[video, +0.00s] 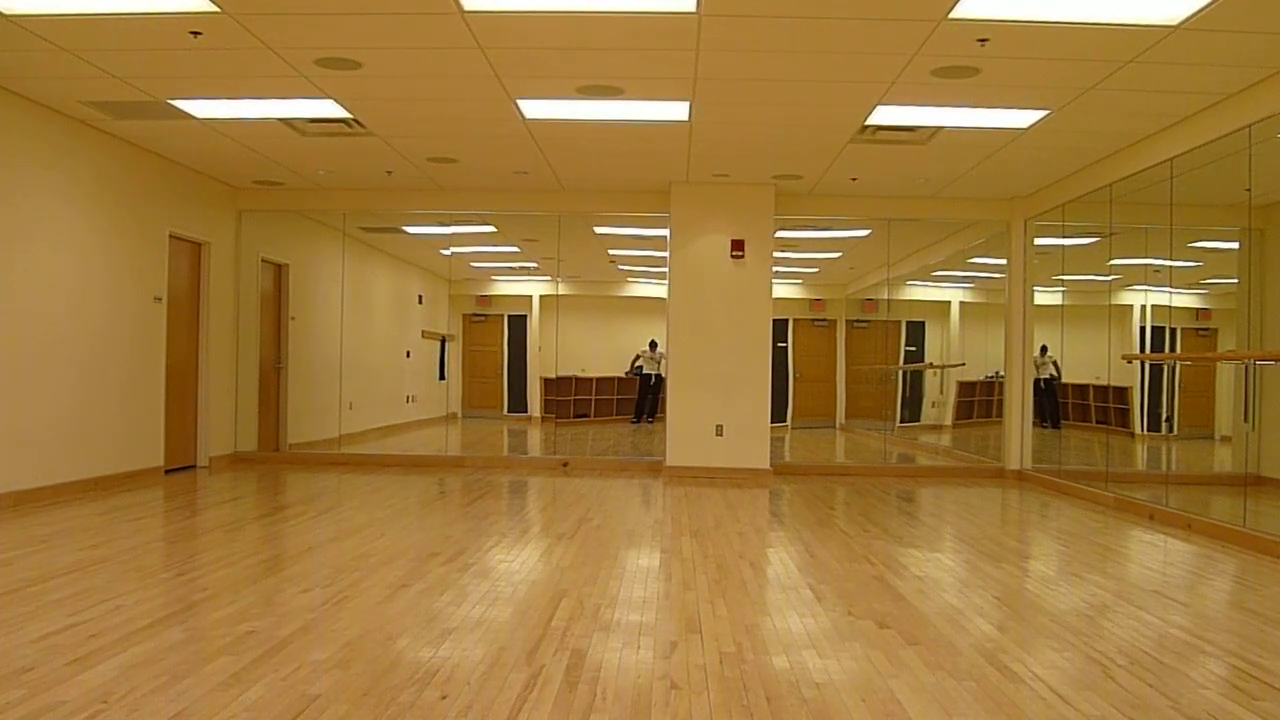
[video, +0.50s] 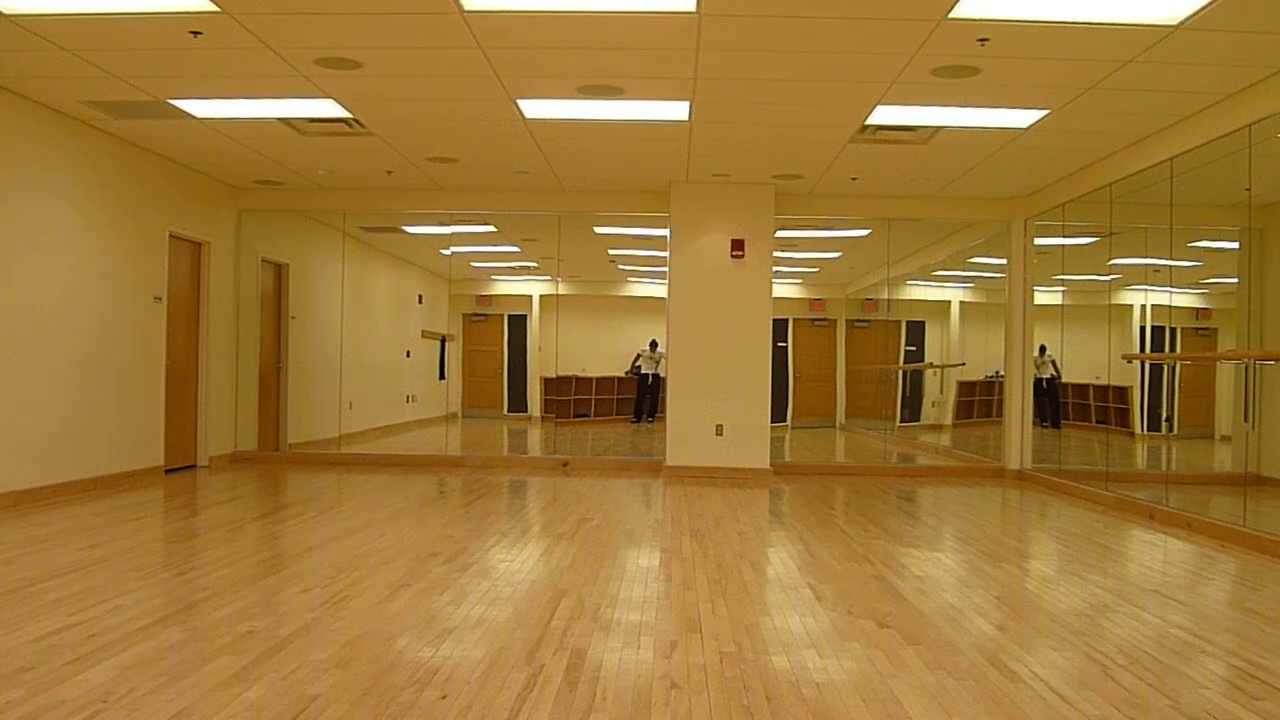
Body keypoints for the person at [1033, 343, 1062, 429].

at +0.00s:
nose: (1043, 354)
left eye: (1044, 352)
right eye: (1042, 352)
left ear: (1046, 352)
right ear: (1040, 351)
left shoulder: (1051, 358)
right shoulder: (1035, 359)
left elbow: (1057, 368)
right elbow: (1036, 369)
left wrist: (1059, 377)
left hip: (1050, 379)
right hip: (1040, 379)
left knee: (1053, 400)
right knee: (1042, 401)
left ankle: (1055, 422)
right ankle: (1044, 421)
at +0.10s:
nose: (1043, 354)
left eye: (1044, 352)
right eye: (1042, 352)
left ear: (1046, 352)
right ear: (1040, 351)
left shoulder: (1050, 358)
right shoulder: (1035, 359)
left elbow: (1057, 368)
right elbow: (1036, 369)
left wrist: (1059, 377)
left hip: (1050, 379)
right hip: (1040, 379)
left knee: (1053, 400)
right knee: (1042, 401)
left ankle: (1055, 422)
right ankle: (1044, 421)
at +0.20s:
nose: (1042, 354)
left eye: (1044, 352)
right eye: (1041, 352)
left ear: (1046, 352)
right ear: (1040, 351)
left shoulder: (1050, 358)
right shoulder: (1035, 359)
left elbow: (1057, 368)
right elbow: (1036, 369)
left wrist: (1059, 377)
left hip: (1050, 379)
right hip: (1040, 379)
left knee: (1053, 401)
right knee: (1042, 401)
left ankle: (1055, 422)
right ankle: (1043, 421)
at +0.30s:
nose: (1042, 353)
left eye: (1044, 351)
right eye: (1041, 351)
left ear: (1046, 351)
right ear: (1040, 351)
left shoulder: (1050, 358)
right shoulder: (1035, 359)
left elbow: (1057, 368)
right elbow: (1035, 369)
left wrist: (1059, 377)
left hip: (1050, 379)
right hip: (1040, 379)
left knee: (1053, 400)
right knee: (1042, 401)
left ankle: (1055, 421)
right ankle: (1043, 421)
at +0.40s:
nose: (1042, 353)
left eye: (1044, 351)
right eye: (1041, 351)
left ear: (1046, 351)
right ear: (1039, 351)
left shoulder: (1050, 358)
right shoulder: (1035, 359)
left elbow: (1056, 367)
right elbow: (1033, 369)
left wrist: (1059, 376)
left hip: (1049, 378)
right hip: (1039, 379)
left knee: (1053, 400)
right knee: (1040, 401)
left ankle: (1055, 421)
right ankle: (1043, 420)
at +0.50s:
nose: (1042, 353)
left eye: (1043, 351)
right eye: (1041, 351)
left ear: (1045, 351)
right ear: (1039, 351)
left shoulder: (1050, 358)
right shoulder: (1035, 359)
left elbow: (1056, 367)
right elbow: (1033, 369)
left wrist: (1059, 376)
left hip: (1050, 378)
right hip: (1039, 379)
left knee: (1054, 400)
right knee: (1041, 401)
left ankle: (1055, 421)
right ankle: (1043, 420)